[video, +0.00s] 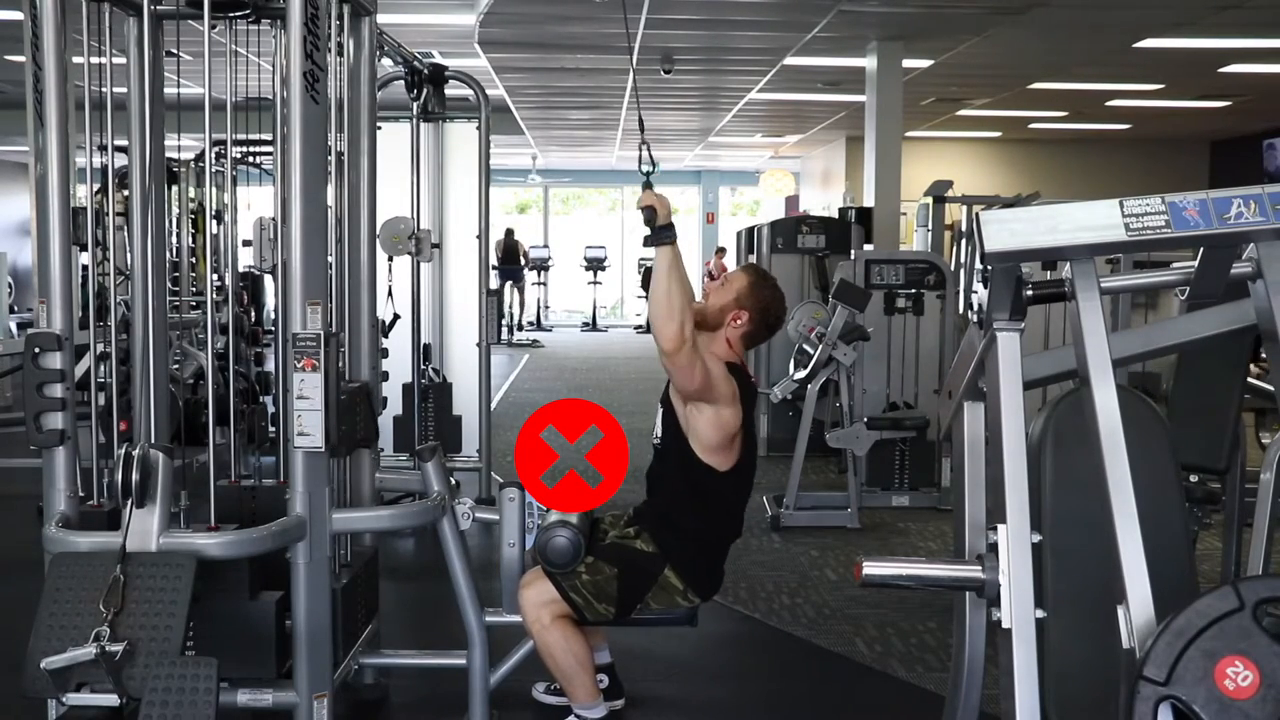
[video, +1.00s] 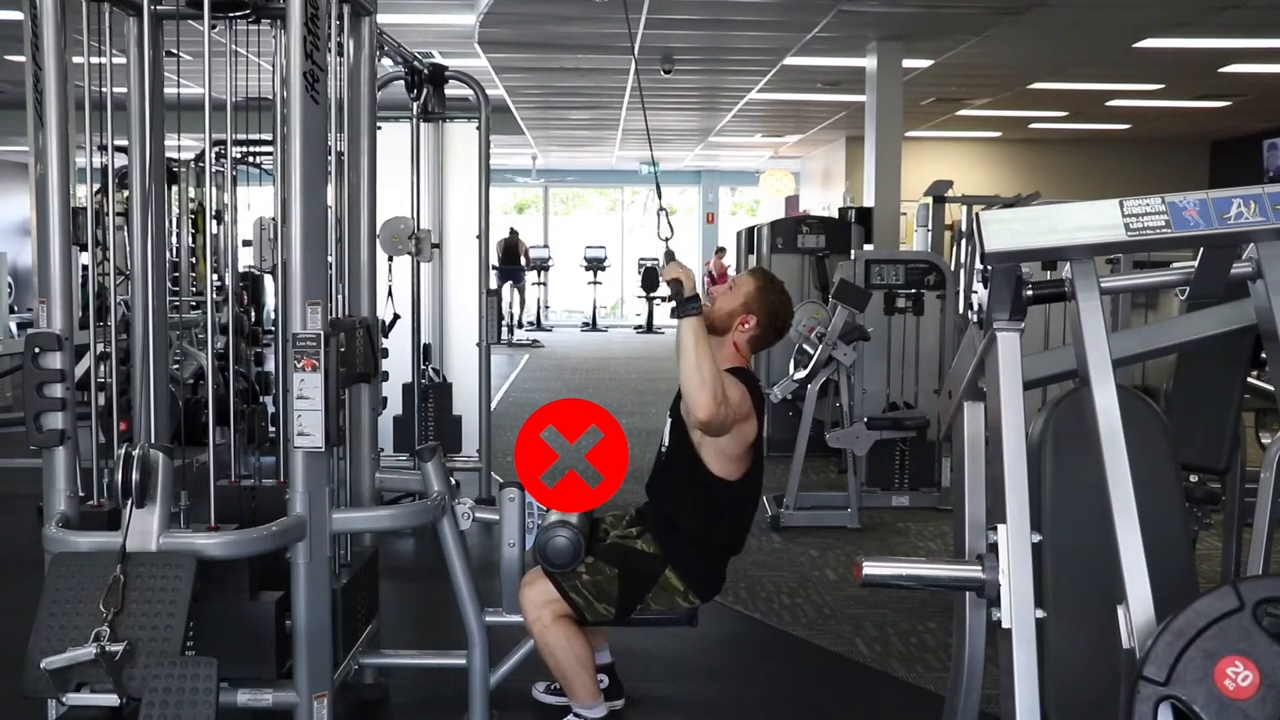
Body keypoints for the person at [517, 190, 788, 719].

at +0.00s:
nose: (712, 283)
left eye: (723, 282)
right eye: (721, 277)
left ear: (736, 318)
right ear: (737, 323)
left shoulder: (712, 384)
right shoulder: (717, 365)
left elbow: (674, 336)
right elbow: (688, 324)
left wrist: (663, 231)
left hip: (676, 562)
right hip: (659, 532)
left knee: (537, 596)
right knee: (555, 547)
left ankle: (589, 709)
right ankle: (595, 672)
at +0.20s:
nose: (713, 286)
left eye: (723, 286)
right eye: (720, 281)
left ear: (738, 323)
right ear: (740, 326)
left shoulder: (727, 391)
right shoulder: (717, 361)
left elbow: (685, 382)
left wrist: (673, 275)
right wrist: (717, 290)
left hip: (680, 559)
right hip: (660, 527)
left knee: (538, 596)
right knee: (558, 541)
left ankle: (588, 711)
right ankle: (598, 674)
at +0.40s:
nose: (715, 285)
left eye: (727, 286)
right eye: (724, 280)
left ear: (740, 324)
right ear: (741, 326)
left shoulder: (735, 392)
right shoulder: (718, 367)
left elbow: (700, 419)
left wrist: (682, 312)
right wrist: (721, 283)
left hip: (680, 560)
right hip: (659, 529)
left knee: (539, 595)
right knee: (555, 544)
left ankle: (590, 712)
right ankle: (597, 675)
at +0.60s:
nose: (717, 288)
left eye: (730, 288)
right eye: (727, 282)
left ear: (743, 324)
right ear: (744, 327)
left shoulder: (735, 391)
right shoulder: (718, 371)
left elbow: (707, 438)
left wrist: (691, 334)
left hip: (680, 559)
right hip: (659, 529)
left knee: (539, 594)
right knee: (556, 546)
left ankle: (590, 712)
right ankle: (596, 675)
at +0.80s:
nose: (717, 289)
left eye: (730, 289)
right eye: (727, 283)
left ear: (743, 325)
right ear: (745, 328)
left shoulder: (736, 391)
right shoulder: (720, 371)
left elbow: (709, 439)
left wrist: (689, 335)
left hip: (680, 560)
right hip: (660, 530)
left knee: (539, 593)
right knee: (556, 544)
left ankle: (590, 712)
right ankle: (596, 675)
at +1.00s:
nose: (717, 286)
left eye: (730, 287)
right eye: (726, 281)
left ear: (743, 324)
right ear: (744, 327)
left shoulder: (737, 389)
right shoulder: (721, 371)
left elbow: (706, 411)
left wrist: (688, 302)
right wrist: (714, 289)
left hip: (678, 562)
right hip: (658, 529)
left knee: (539, 594)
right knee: (555, 543)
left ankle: (589, 712)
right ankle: (596, 674)